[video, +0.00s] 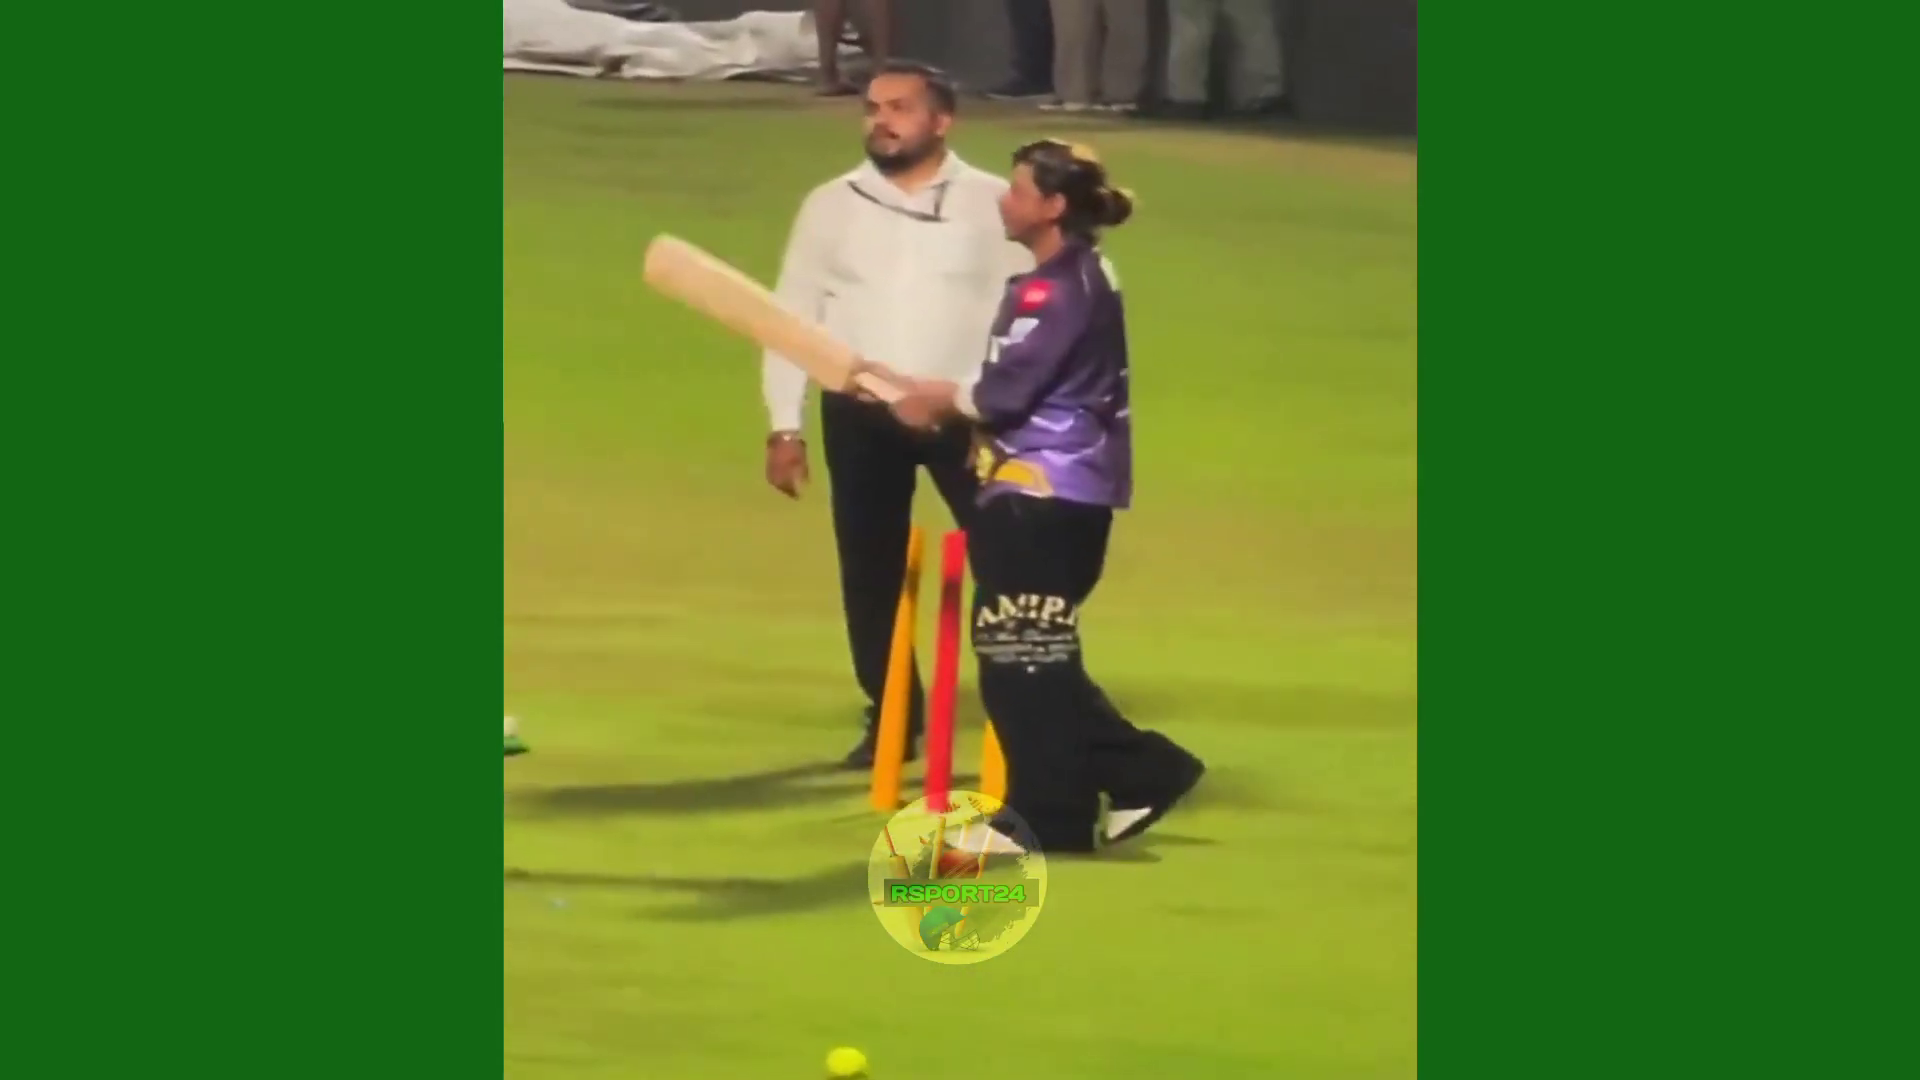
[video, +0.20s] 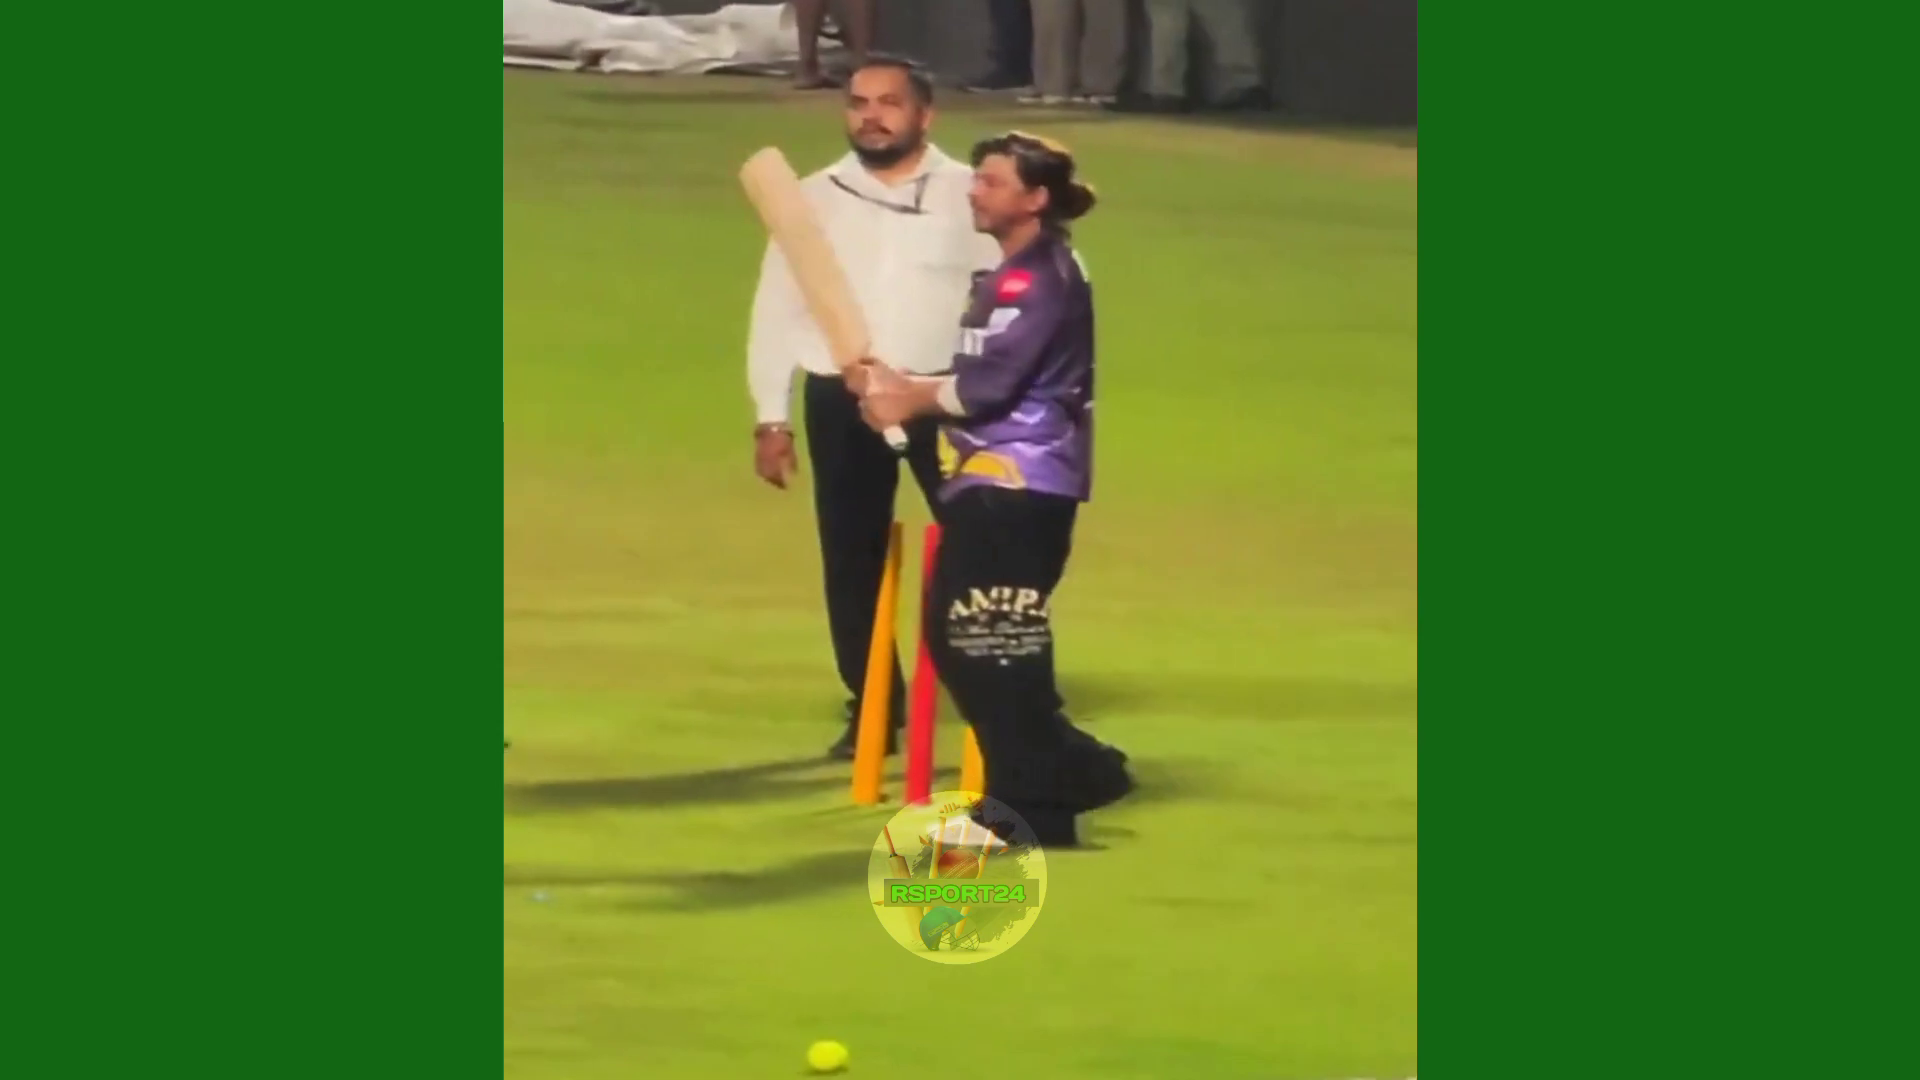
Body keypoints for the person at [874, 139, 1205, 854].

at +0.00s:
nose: (1003, 197)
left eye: (1016, 189)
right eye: (1009, 186)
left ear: (1052, 206)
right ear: (1058, 206)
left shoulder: (1056, 290)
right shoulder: (1077, 277)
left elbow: (1003, 397)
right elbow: (1016, 397)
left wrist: (941, 398)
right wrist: (942, 406)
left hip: (1044, 493)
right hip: (1059, 490)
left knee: (1021, 658)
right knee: (1029, 654)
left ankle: (1047, 819)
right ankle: (1143, 772)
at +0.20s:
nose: (973, 191)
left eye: (989, 183)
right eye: (977, 180)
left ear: (1034, 199)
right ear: (1016, 198)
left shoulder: (1044, 278)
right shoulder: (1004, 273)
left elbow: (991, 390)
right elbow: (980, 386)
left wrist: (912, 396)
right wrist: (907, 390)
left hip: (1026, 484)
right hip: (989, 479)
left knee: (995, 641)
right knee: (956, 633)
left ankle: (1028, 807)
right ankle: (1072, 766)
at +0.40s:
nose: (954, 181)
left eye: (970, 172)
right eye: (956, 169)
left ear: (1016, 190)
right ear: (980, 189)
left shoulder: (1030, 271)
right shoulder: (975, 268)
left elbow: (1010, 378)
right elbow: (967, 369)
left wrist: (927, 408)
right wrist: (916, 379)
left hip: (1007, 480)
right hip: (964, 476)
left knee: (991, 644)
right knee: (942, 639)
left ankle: (1020, 804)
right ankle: (976, 797)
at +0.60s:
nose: (927, 171)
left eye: (943, 162)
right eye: (926, 160)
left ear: (989, 177)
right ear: (930, 173)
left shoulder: (1007, 260)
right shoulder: (939, 259)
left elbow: (994, 369)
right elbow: (932, 360)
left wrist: (897, 391)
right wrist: (884, 365)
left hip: (973, 468)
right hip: (926, 463)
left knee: (966, 633)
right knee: (909, 627)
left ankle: (995, 794)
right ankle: (950, 789)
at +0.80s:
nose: (904, 159)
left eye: (921, 150)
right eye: (903, 147)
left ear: (965, 165)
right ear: (899, 158)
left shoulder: (980, 247)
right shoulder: (910, 242)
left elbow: (968, 355)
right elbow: (902, 342)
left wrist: (860, 368)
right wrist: (849, 341)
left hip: (939, 454)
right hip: (892, 447)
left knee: (932, 619)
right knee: (877, 613)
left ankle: (969, 784)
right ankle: (921, 774)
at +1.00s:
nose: (882, 143)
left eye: (900, 133)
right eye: (881, 130)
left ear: (943, 148)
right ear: (876, 140)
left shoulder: (957, 228)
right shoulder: (883, 224)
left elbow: (948, 336)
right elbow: (877, 325)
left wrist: (840, 349)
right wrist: (826, 324)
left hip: (913, 435)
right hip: (868, 430)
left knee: (906, 601)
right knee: (856, 596)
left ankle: (939, 765)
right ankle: (896, 756)